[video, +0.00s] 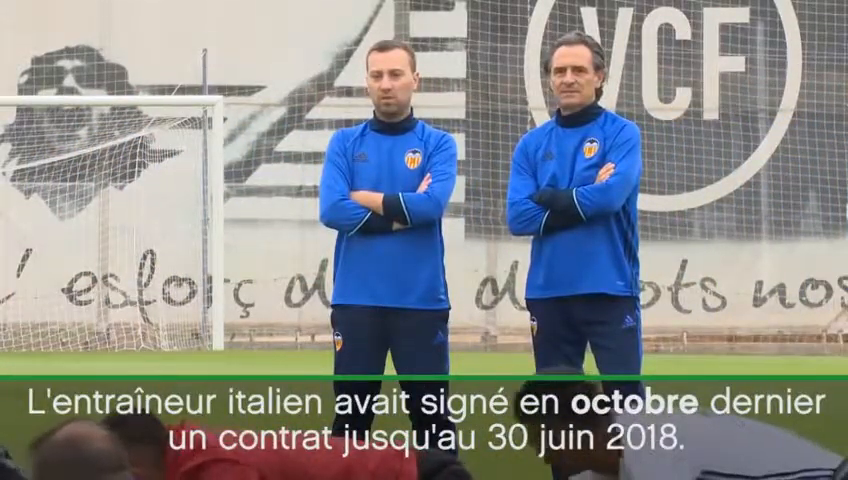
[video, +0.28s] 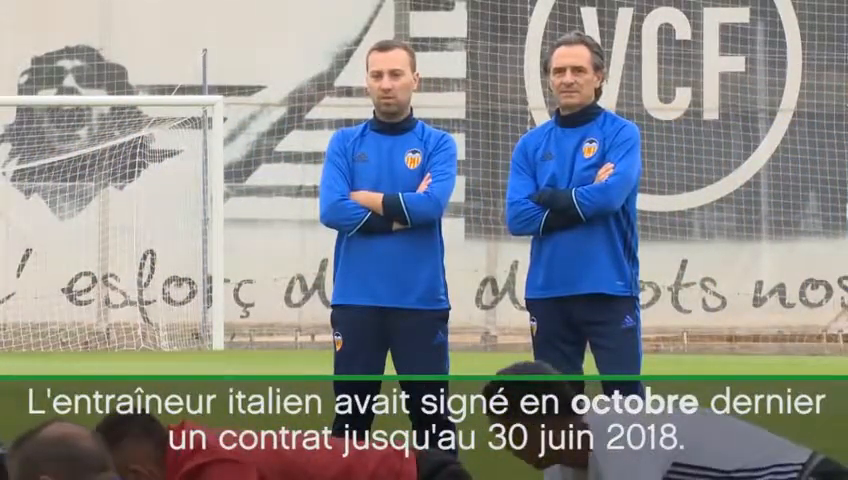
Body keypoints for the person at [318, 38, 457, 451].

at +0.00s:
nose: (386, 85)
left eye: (396, 75)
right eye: (377, 76)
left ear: (416, 81)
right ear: (367, 84)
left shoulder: (438, 142)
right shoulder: (344, 141)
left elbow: (431, 208)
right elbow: (331, 210)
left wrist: (360, 196)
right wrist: (403, 214)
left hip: (421, 301)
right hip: (356, 301)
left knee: (431, 416)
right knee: (351, 415)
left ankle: (440, 478)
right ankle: (345, 479)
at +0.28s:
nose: (386, 84)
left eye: (396, 75)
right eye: (377, 76)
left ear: (415, 81)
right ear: (367, 84)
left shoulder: (438, 142)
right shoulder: (344, 141)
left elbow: (431, 208)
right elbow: (331, 210)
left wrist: (361, 196)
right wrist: (402, 215)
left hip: (420, 301)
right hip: (356, 301)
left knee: (431, 416)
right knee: (351, 415)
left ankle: (439, 478)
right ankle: (346, 478)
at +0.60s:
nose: (386, 84)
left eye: (396, 75)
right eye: (377, 76)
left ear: (415, 81)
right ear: (367, 84)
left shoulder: (438, 142)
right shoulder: (344, 141)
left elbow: (431, 207)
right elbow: (331, 209)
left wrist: (360, 196)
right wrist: (402, 215)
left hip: (420, 301)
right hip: (356, 301)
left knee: (431, 418)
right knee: (351, 417)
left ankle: (438, 478)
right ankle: (346, 479)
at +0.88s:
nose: (386, 84)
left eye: (396, 75)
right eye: (377, 76)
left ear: (415, 81)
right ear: (368, 84)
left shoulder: (438, 142)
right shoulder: (344, 141)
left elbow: (431, 207)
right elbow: (331, 209)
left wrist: (360, 196)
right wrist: (403, 214)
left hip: (420, 302)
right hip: (356, 301)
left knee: (432, 419)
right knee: (351, 418)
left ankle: (438, 477)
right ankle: (346, 479)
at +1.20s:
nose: (386, 84)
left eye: (396, 75)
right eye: (377, 76)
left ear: (415, 81)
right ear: (368, 84)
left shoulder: (438, 143)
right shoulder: (344, 141)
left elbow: (431, 206)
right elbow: (331, 209)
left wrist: (360, 195)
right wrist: (402, 215)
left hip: (420, 301)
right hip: (356, 301)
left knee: (432, 419)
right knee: (351, 418)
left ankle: (440, 478)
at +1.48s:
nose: (386, 84)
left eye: (396, 74)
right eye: (377, 76)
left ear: (415, 81)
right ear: (368, 84)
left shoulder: (438, 143)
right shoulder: (344, 141)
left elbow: (431, 207)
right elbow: (331, 209)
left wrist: (359, 196)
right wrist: (402, 215)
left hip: (420, 301)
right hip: (356, 301)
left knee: (431, 418)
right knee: (351, 419)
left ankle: (440, 479)